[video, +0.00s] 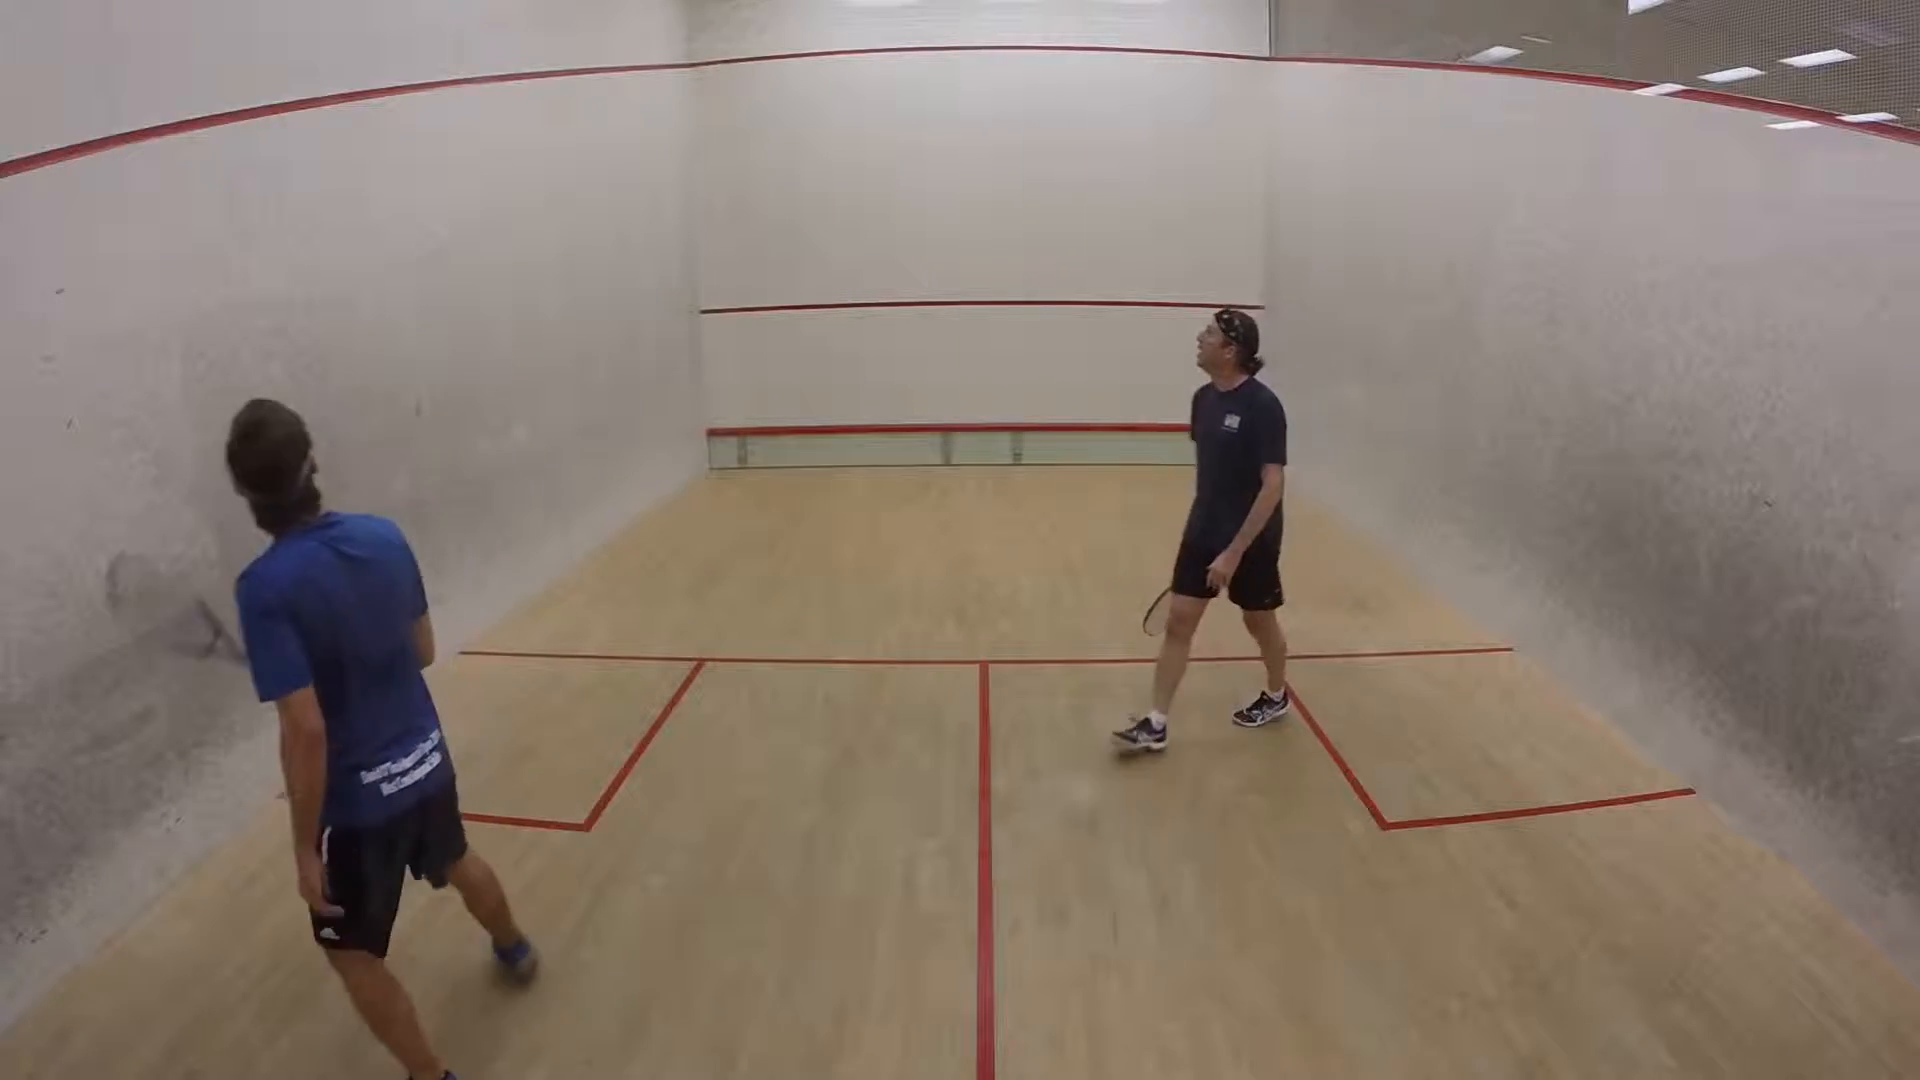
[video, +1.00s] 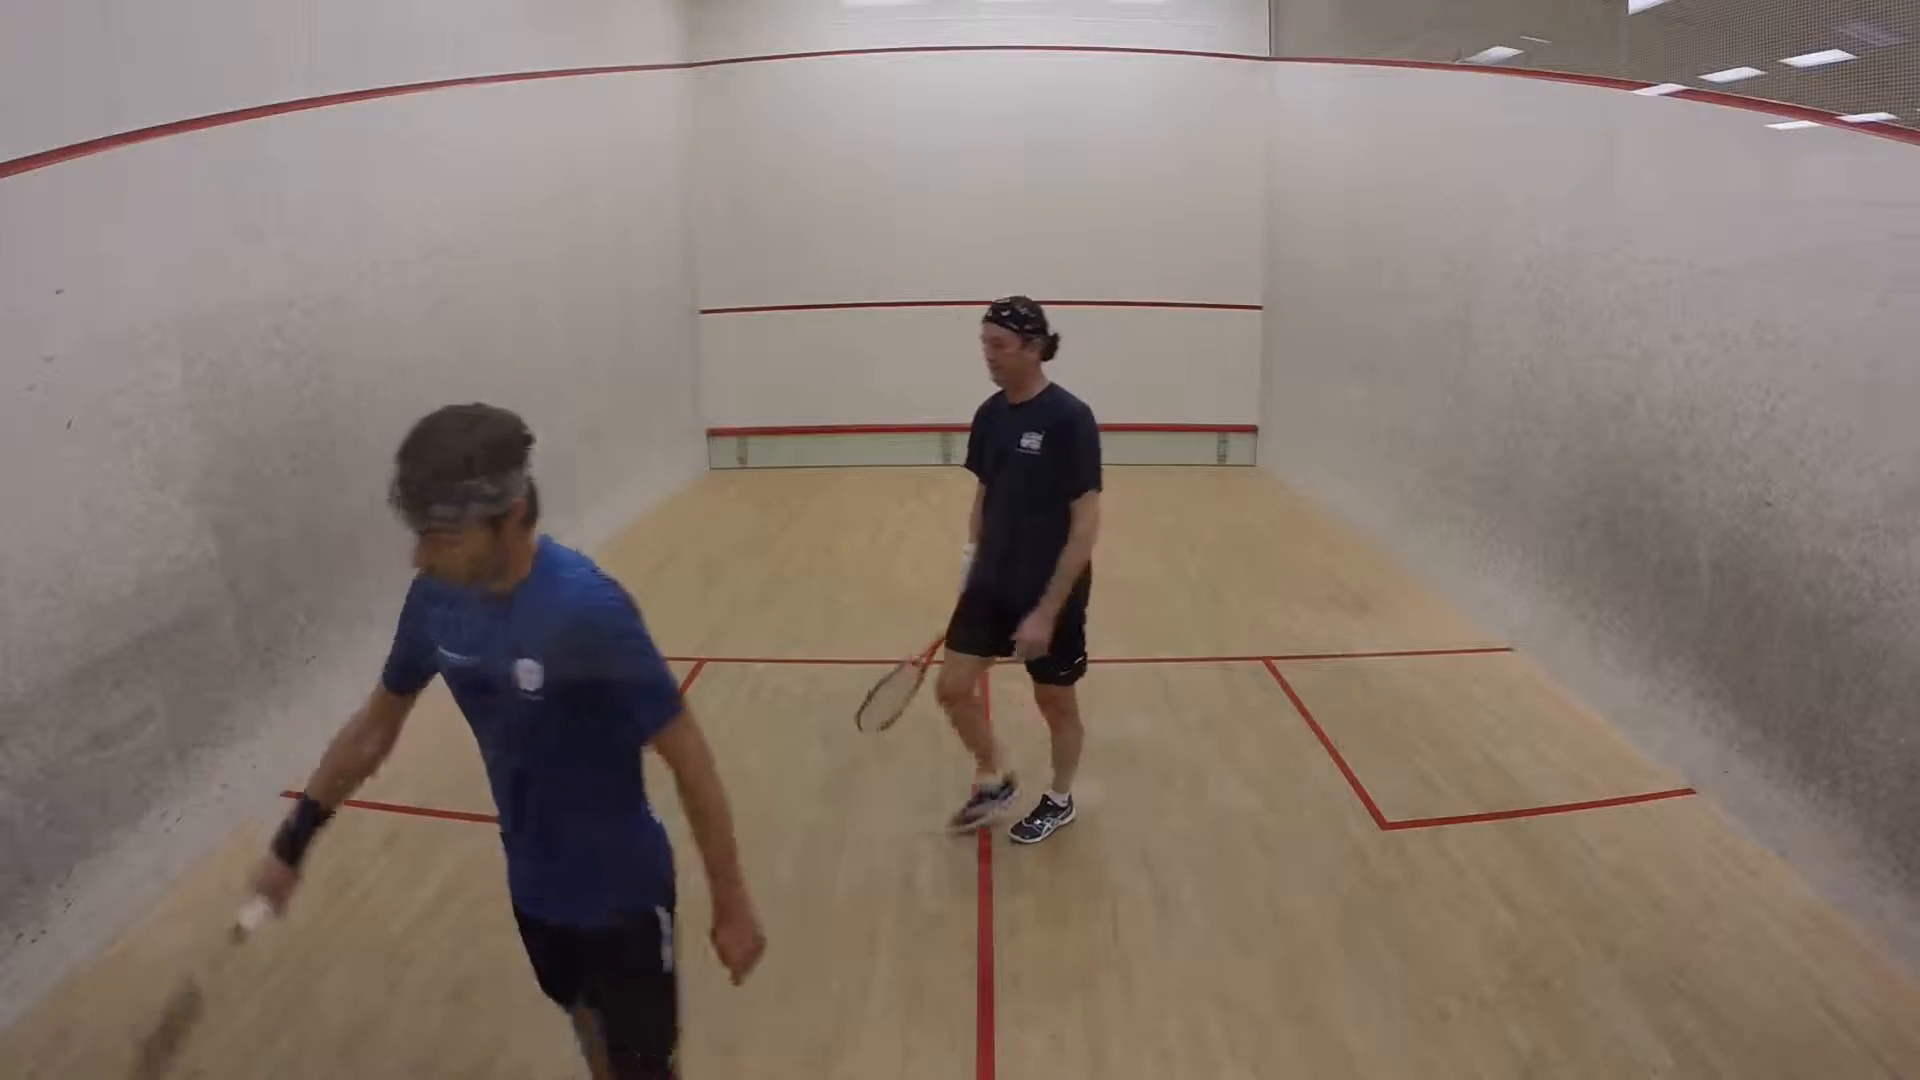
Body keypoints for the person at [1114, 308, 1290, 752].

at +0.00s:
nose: (1199, 340)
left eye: (1209, 336)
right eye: (1203, 334)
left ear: (1231, 351)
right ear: (1224, 349)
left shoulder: (1263, 406)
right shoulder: (1203, 398)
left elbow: (1272, 487)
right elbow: (1207, 474)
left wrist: (1234, 552)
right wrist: (1194, 535)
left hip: (1251, 533)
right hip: (1205, 526)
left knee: (1260, 621)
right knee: (1179, 622)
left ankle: (1276, 695)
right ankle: (1155, 722)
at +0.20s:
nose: (1161, 331)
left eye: (1172, 327)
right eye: (1165, 324)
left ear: (1197, 343)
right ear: (1183, 343)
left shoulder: (1229, 401)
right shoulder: (1158, 395)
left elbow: (1247, 483)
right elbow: (1152, 465)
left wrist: (1230, 559)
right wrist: (1148, 523)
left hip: (1206, 540)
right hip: (1159, 531)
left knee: (1197, 646)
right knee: (1146, 629)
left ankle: (1245, 683)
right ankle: (1149, 726)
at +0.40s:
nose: (1124, 330)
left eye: (1135, 325)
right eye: (1127, 322)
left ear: (1164, 340)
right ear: (1147, 339)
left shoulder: (1196, 400)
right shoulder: (1116, 394)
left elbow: (1222, 481)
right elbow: (1094, 462)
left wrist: (1222, 559)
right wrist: (1069, 528)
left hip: (1174, 543)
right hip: (1127, 537)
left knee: (1140, 649)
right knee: (1134, 644)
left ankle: (1153, 738)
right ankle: (1148, 727)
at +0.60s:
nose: (1086, 349)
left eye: (1097, 342)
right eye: (1087, 340)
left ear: (1129, 353)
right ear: (1096, 348)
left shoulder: (1160, 417)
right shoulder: (1076, 409)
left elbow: (1189, 497)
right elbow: (1046, 476)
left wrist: (1192, 578)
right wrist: (1010, 540)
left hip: (1136, 563)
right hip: (1090, 556)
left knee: (1096, 679)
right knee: (1120, 647)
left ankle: (1069, 792)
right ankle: (1147, 726)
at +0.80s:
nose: (1043, 349)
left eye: (1055, 341)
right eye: (1041, 339)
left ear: (1089, 348)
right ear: (1042, 343)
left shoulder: (1120, 419)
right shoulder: (1034, 410)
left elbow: (1140, 513)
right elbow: (1016, 488)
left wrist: (1136, 600)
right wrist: (985, 557)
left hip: (1094, 578)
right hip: (1041, 571)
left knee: (1073, 691)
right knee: (1038, 673)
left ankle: (1061, 799)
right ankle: (1107, 712)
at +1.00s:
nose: (988, 356)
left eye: (998, 346)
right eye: (985, 345)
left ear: (1034, 348)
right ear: (991, 348)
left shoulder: (1072, 420)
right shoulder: (990, 414)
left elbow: (1086, 529)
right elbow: (984, 494)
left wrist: (1046, 611)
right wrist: (972, 561)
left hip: (1053, 584)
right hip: (994, 574)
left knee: (1056, 701)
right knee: (954, 688)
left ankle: (1060, 798)